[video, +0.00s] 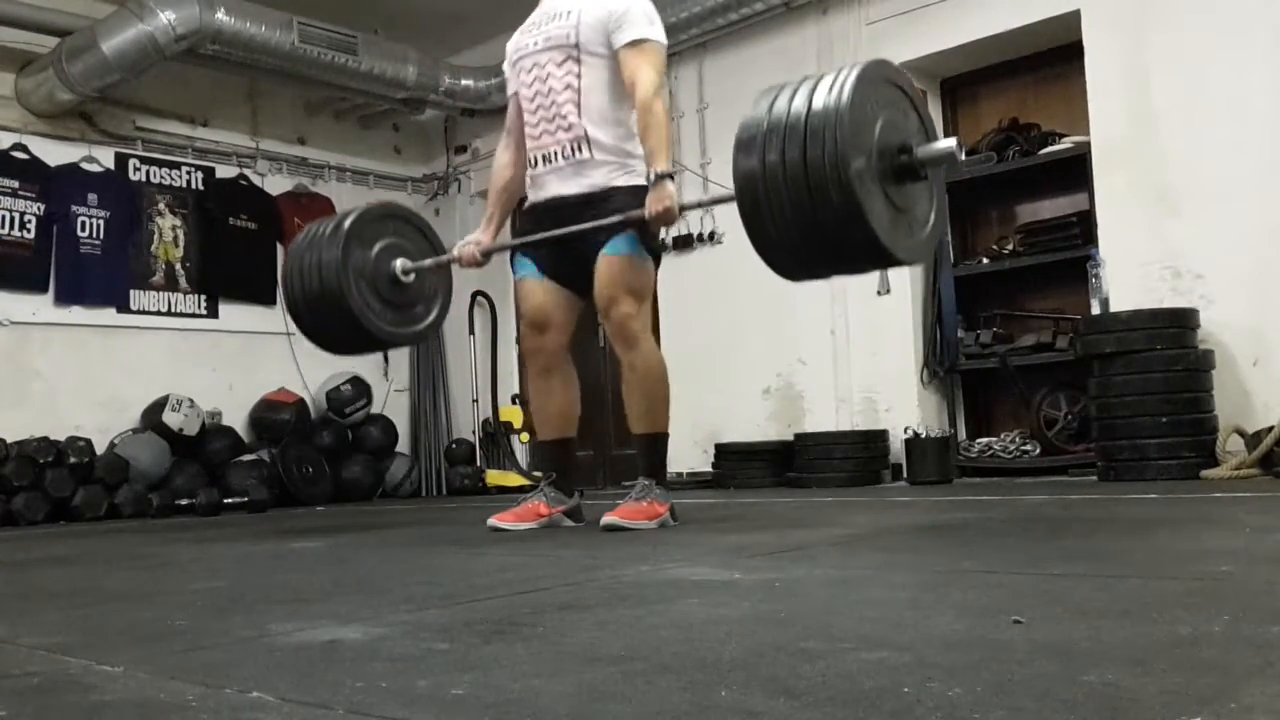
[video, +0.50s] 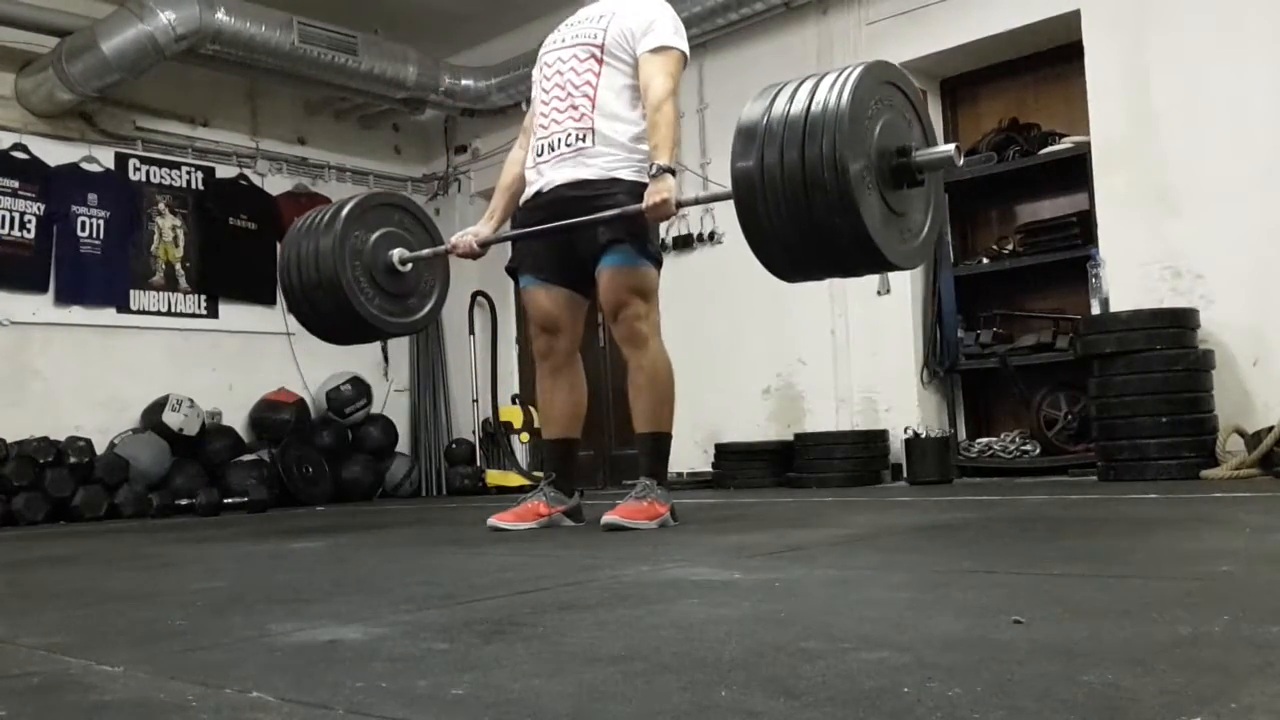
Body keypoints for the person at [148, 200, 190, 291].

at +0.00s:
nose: (162, 211)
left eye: (163, 209)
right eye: (160, 209)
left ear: (167, 208)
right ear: (159, 210)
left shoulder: (175, 220)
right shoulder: (158, 220)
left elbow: (180, 235)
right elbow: (156, 234)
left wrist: (181, 248)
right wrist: (154, 246)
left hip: (172, 244)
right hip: (162, 243)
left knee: (177, 265)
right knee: (160, 262)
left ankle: (182, 283)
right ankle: (159, 277)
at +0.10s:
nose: (162, 211)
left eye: (163, 209)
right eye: (160, 209)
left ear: (167, 208)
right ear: (159, 210)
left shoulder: (175, 221)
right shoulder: (158, 220)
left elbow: (180, 235)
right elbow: (156, 234)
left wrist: (180, 249)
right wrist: (154, 246)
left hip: (172, 244)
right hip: (161, 244)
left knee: (177, 265)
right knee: (160, 262)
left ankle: (183, 283)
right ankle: (159, 278)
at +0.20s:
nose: (162, 211)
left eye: (163, 209)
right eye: (160, 209)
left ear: (167, 208)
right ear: (159, 210)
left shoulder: (175, 221)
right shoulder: (158, 220)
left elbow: (180, 235)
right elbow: (156, 234)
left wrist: (180, 249)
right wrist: (154, 246)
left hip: (172, 244)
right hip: (161, 244)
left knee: (177, 265)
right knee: (160, 262)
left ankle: (183, 283)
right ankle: (159, 278)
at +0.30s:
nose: (162, 211)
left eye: (163, 209)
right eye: (160, 210)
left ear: (167, 208)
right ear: (159, 210)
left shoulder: (175, 221)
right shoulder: (158, 220)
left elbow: (180, 235)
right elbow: (156, 234)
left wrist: (181, 248)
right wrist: (154, 245)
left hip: (172, 243)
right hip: (162, 243)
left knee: (177, 265)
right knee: (160, 262)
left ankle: (182, 283)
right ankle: (159, 277)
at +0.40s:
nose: (162, 211)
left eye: (163, 209)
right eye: (160, 210)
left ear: (167, 208)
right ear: (159, 210)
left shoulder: (175, 221)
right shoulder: (158, 220)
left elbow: (180, 235)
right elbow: (156, 234)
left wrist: (181, 248)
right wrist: (154, 245)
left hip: (172, 243)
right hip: (162, 243)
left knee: (177, 265)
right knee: (160, 262)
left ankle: (182, 283)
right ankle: (159, 277)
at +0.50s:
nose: (162, 211)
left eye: (163, 209)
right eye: (160, 210)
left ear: (167, 208)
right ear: (159, 210)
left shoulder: (175, 221)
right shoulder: (158, 220)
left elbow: (180, 235)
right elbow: (156, 234)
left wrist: (181, 248)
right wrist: (154, 245)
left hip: (172, 243)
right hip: (162, 243)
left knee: (177, 265)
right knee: (160, 262)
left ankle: (182, 283)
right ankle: (159, 277)